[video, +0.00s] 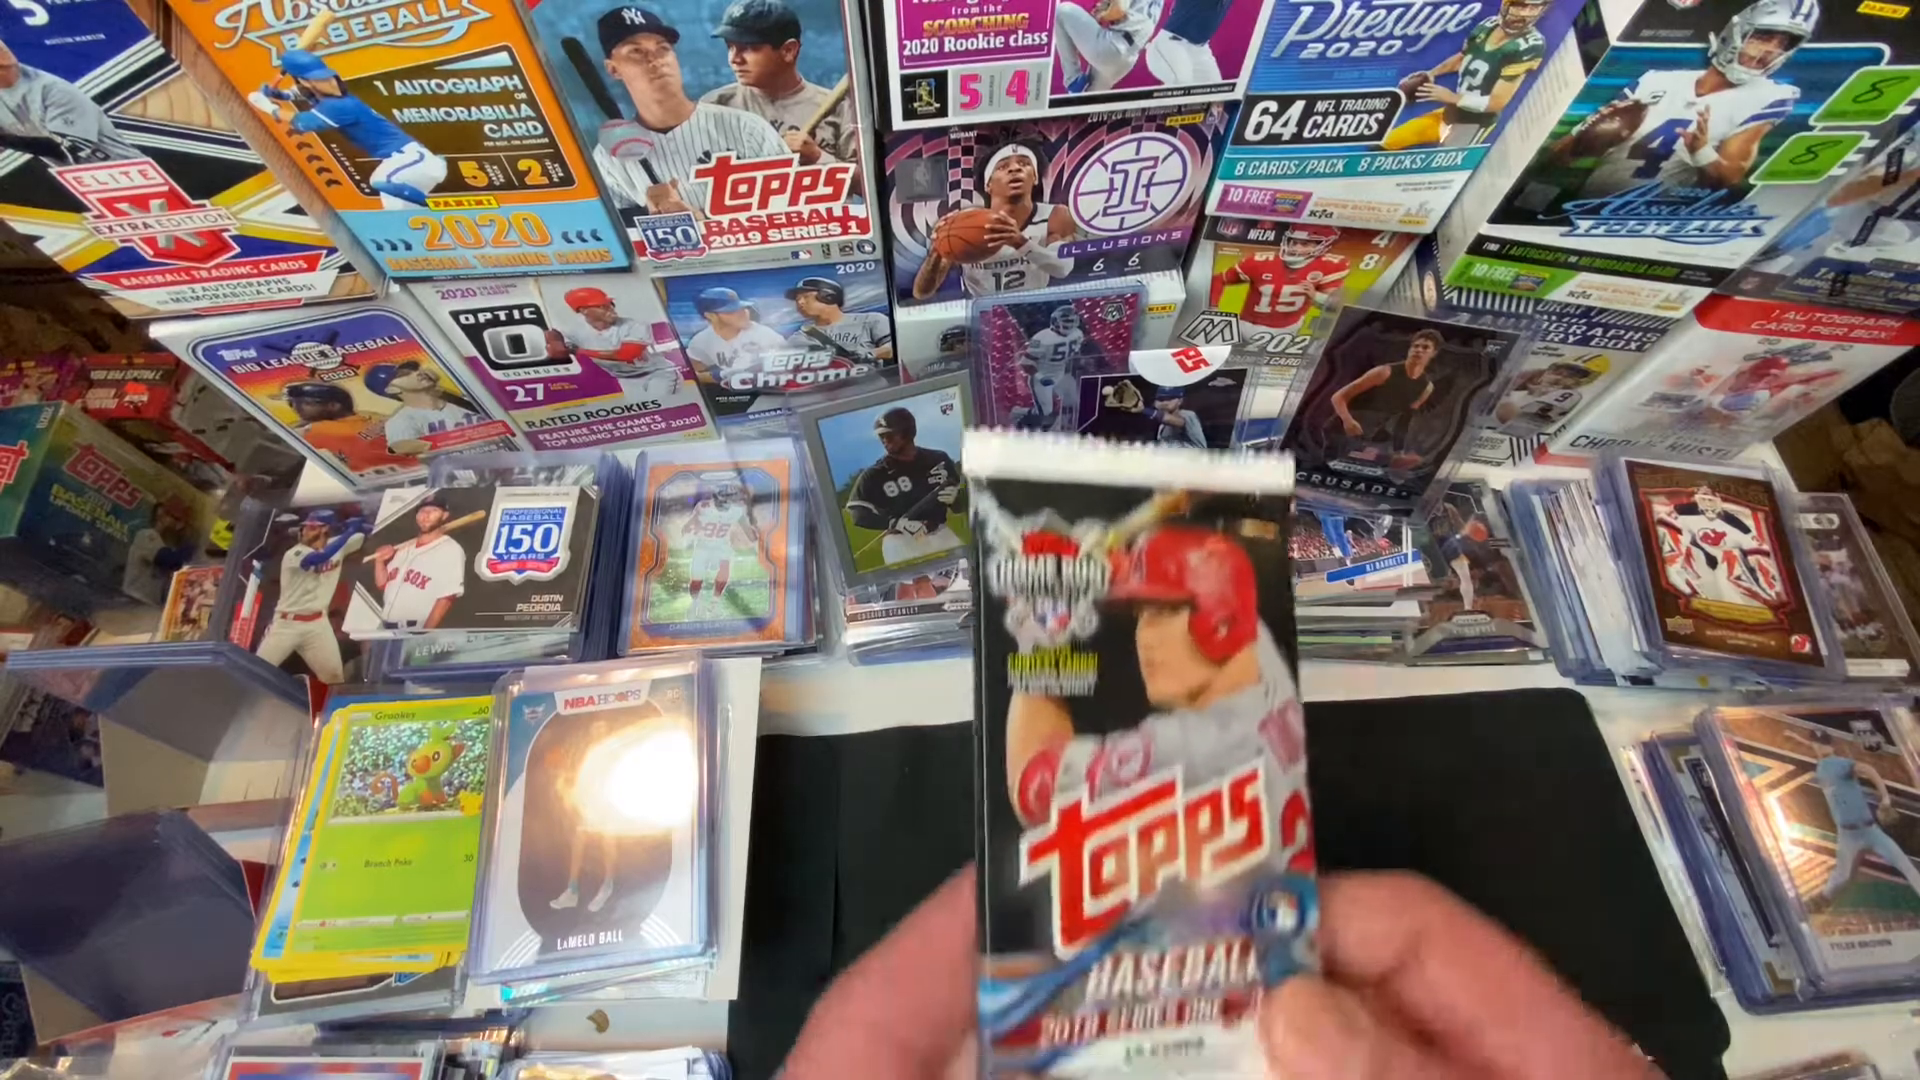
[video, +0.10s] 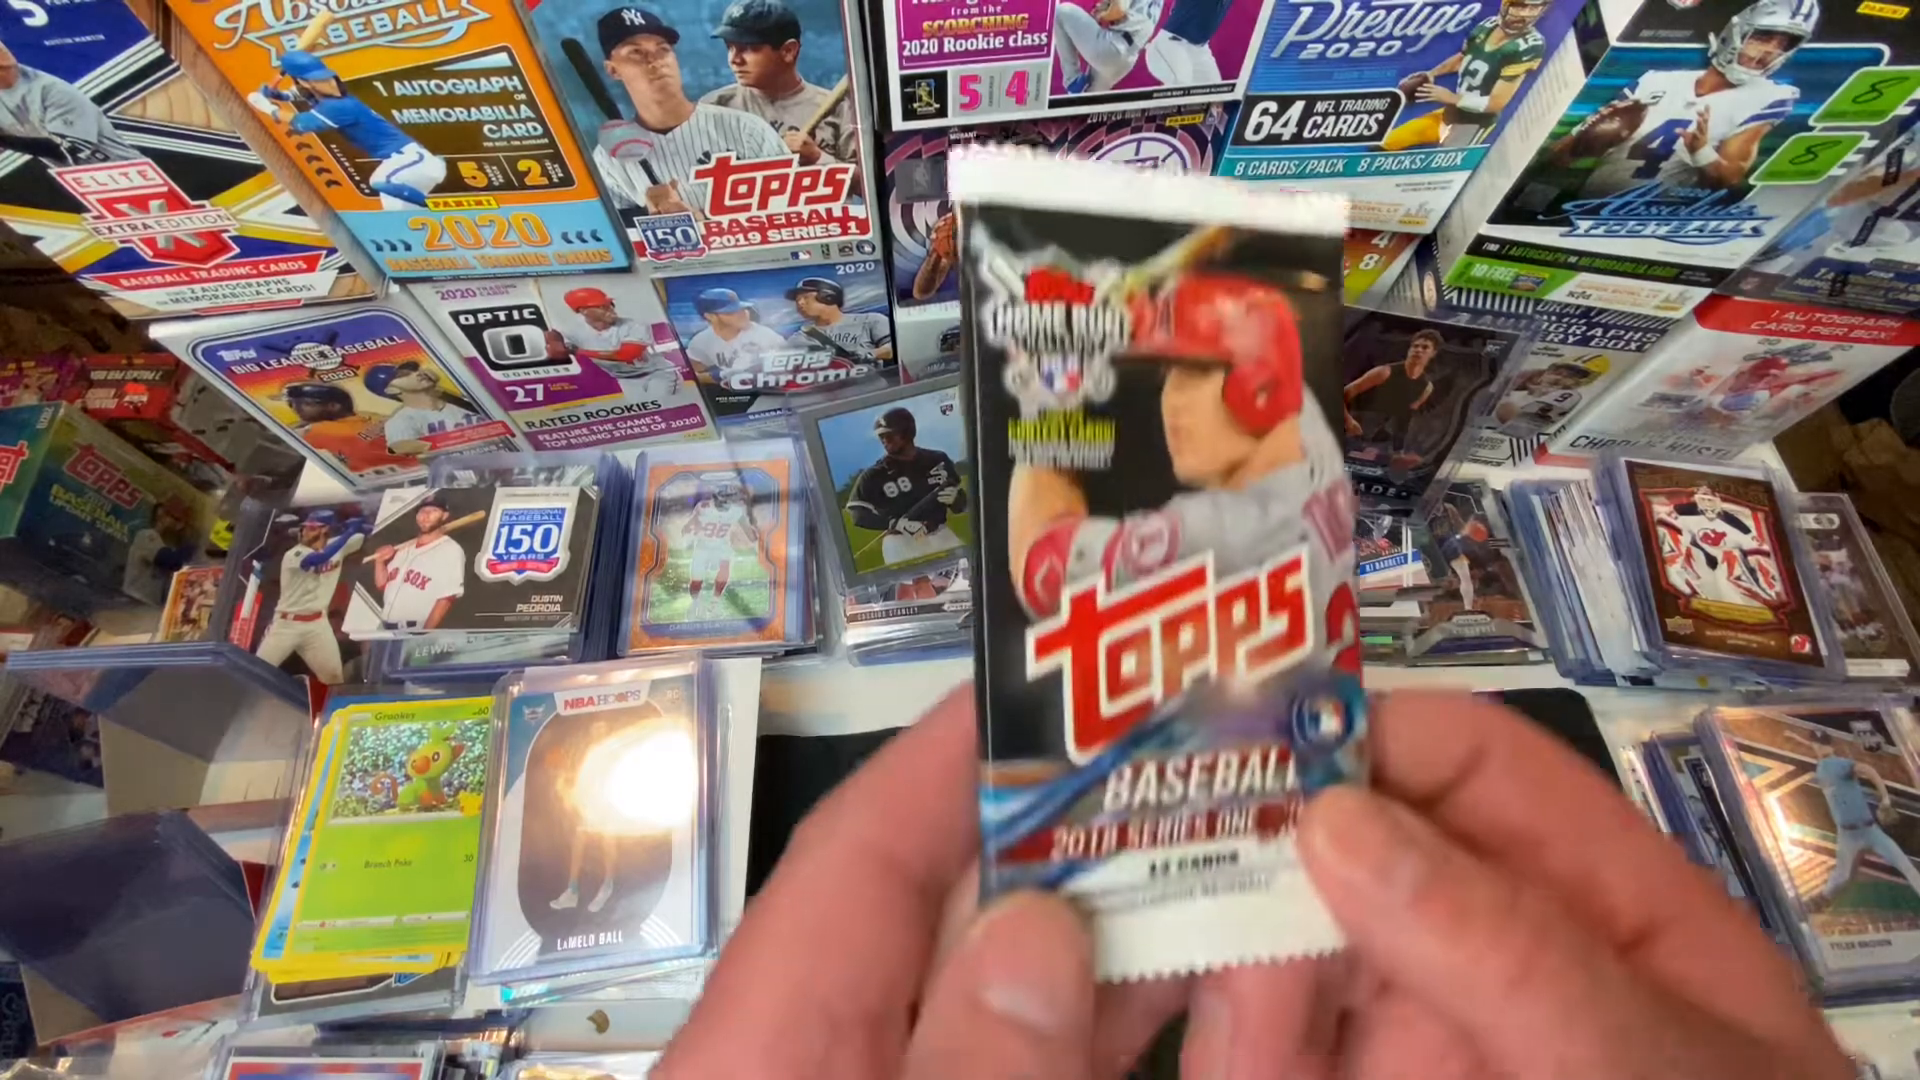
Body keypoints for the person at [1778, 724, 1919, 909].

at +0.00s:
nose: (1821, 748)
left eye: (1823, 744)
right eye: (1818, 745)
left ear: (1829, 744)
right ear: (1816, 748)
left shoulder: (1838, 764)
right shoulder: (1822, 767)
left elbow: (1868, 770)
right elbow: (1812, 745)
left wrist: (1885, 798)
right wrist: (1797, 737)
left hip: (1870, 828)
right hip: (1847, 833)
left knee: (1903, 863)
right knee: (1843, 875)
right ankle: (1824, 897)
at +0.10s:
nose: (1820, 749)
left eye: (1822, 744)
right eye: (1817, 745)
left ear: (1826, 743)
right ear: (1815, 748)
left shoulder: (1838, 764)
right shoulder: (1821, 768)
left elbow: (1868, 770)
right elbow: (1812, 745)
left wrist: (1885, 798)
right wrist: (1796, 738)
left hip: (1870, 828)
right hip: (1846, 833)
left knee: (1903, 863)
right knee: (1842, 875)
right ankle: (1824, 897)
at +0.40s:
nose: (1823, 751)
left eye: (1826, 746)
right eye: (1819, 748)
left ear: (1831, 746)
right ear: (1815, 750)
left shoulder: (1841, 765)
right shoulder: (1821, 768)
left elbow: (1869, 770)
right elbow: (1799, 781)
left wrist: (1884, 796)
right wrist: (1776, 794)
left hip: (1869, 829)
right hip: (1846, 834)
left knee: (1902, 861)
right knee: (1844, 875)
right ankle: (1818, 898)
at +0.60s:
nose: (1823, 750)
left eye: (1826, 745)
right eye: (1819, 746)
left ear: (1832, 746)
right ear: (1815, 749)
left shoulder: (1840, 766)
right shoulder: (1824, 767)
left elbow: (1855, 792)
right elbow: (1868, 770)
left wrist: (1882, 800)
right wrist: (1884, 795)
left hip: (1869, 829)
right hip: (1846, 833)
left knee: (1902, 862)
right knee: (1842, 875)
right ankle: (1823, 897)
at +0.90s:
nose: (1823, 749)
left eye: (1825, 744)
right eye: (1819, 746)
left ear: (1831, 745)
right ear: (1814, 748)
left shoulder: (1840, 764)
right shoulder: (1824, 767)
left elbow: (1869, 770)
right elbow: (1866, 769)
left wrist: (1885, 797)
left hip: (1871, 829)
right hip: (1847, 835)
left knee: (1904, 863)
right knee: (1843, 876)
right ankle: (1824, 897)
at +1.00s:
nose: (1823, 749)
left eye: (1825, 744)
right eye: (1819, 746)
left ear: (1831, 745)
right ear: (1814, 748)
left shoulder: (1839, 764)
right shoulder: (1823, 767)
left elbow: (1869, 770)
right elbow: (1866, 769)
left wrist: (1884, 797)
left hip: (1871, 829)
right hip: (1847, 835)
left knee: (1904, 863)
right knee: (1842, 876)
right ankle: (1824, 897)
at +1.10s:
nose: (1823, 749)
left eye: (1825, 744)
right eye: (1818, 745)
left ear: (1831, 745)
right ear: (1814, 748)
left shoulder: (1839, 763)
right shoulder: (1824, 767)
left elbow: (1868, 770)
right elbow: (1866, 769)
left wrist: (1885, 797)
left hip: (1871, 829)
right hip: (1847, 834)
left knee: (1904, 864)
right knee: (1843, 876)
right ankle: (1824, 897)